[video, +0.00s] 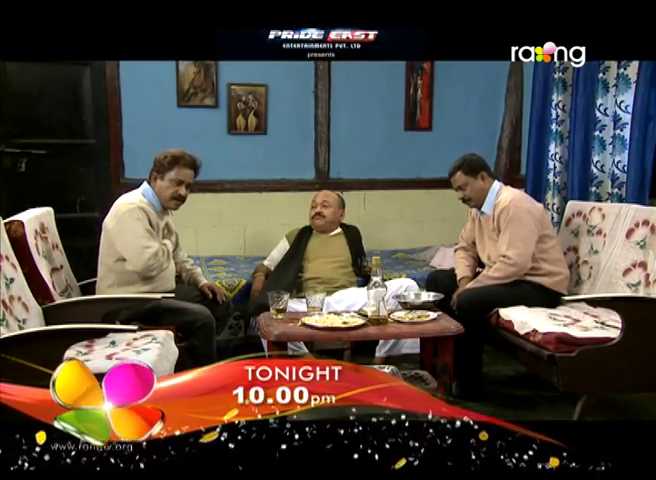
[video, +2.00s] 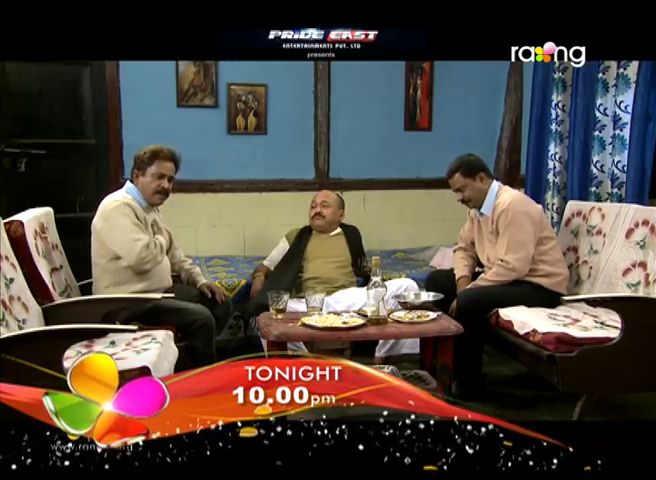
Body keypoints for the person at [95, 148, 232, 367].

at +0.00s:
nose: (183, 192)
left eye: (188, 187)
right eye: (177, 184)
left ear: (192, 189)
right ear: (156, 179)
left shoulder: (159, 215)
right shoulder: (130, 210)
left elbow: (178, 258)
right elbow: (145, 265)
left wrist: (201, 282)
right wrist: (167, 245)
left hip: (156, 296)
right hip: (127, 305)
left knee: (219, 304)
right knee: (201, 319)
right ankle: (204, 385)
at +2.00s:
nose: (166, 185)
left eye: (170, 180)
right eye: (159, 177)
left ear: (174, 182)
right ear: (137, 176)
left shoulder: (149, 212)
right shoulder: (116, 208)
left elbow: (175, 257)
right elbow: (139, 258)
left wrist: (201, 282)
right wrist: (162, 239)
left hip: (156, 295)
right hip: (127, 304)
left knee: (218, 303)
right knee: (200, 318)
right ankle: (203, 384)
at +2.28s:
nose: (162, 184)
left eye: (167, 179)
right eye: (155, 176)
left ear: (170, 182)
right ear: (134, 176)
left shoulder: (146, 211)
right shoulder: (113, 207)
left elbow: (173, 257)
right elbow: (144, 250)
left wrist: (200, 281)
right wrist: (166, 231)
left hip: (157, 294)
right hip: (127, 303)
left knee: (218, 303)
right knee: (200, 318)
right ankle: (204, 384)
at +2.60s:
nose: (160, 183)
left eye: (164, 178)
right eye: (153, 175)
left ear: (168, 181)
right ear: (132, 176)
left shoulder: (151, 212)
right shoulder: (111, 206)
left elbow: (174, 257)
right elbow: (148, 240)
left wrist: (200, 281)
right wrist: (165, 218)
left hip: (159, 294)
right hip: (126, 302)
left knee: (218, 303)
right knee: (200, 318)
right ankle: (204, 384)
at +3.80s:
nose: (161, 182)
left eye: (167, 178)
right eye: (154, 175)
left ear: (171, 182)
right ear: (135, 175)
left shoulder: (156, 211)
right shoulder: (110, 207)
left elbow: (172, 256)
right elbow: (82, 241)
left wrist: (200, 279)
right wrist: (76, 257)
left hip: (162, 294)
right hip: (129, 303)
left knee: (219, 301)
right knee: (199, 317)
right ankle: (205, 385)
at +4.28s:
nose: (161, 183)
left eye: (168, 178)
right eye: (155, 175)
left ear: (172, 182)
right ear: (136, 175)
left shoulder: (158, 211)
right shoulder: (111, 206)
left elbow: (172, 256)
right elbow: (83, 241)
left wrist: (200, 278)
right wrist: (75, 256)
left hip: (163, 296)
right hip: (128, 304)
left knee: (220, 301)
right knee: (199, 317)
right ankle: (204, 385)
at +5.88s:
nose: (175, 187)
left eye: (182, 182)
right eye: (169, 178)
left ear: (187, 185)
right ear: (150, 176)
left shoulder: (170, 211)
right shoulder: (123, 207)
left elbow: (180, 256)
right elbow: (89, 248)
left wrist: (204, 281)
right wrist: (98, 263)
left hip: (165, 296)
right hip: (129, 305)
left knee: (219, 304)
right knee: (200, 319)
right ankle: (207, 386)